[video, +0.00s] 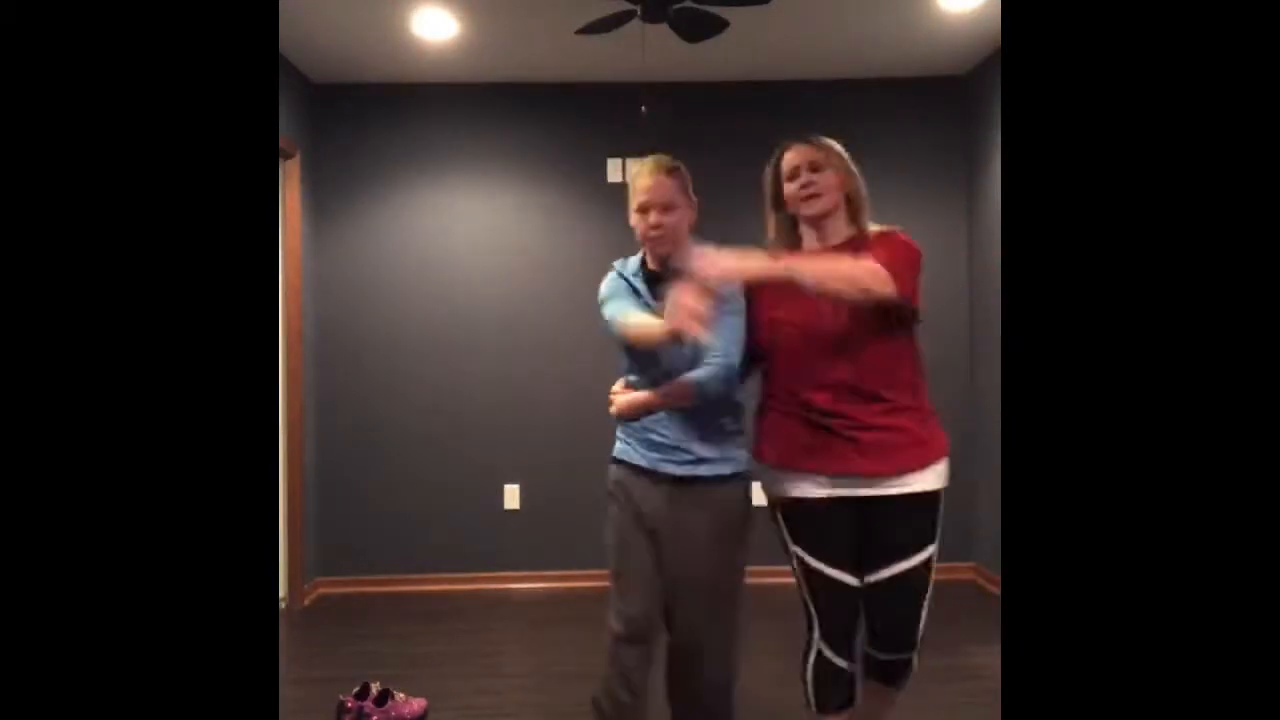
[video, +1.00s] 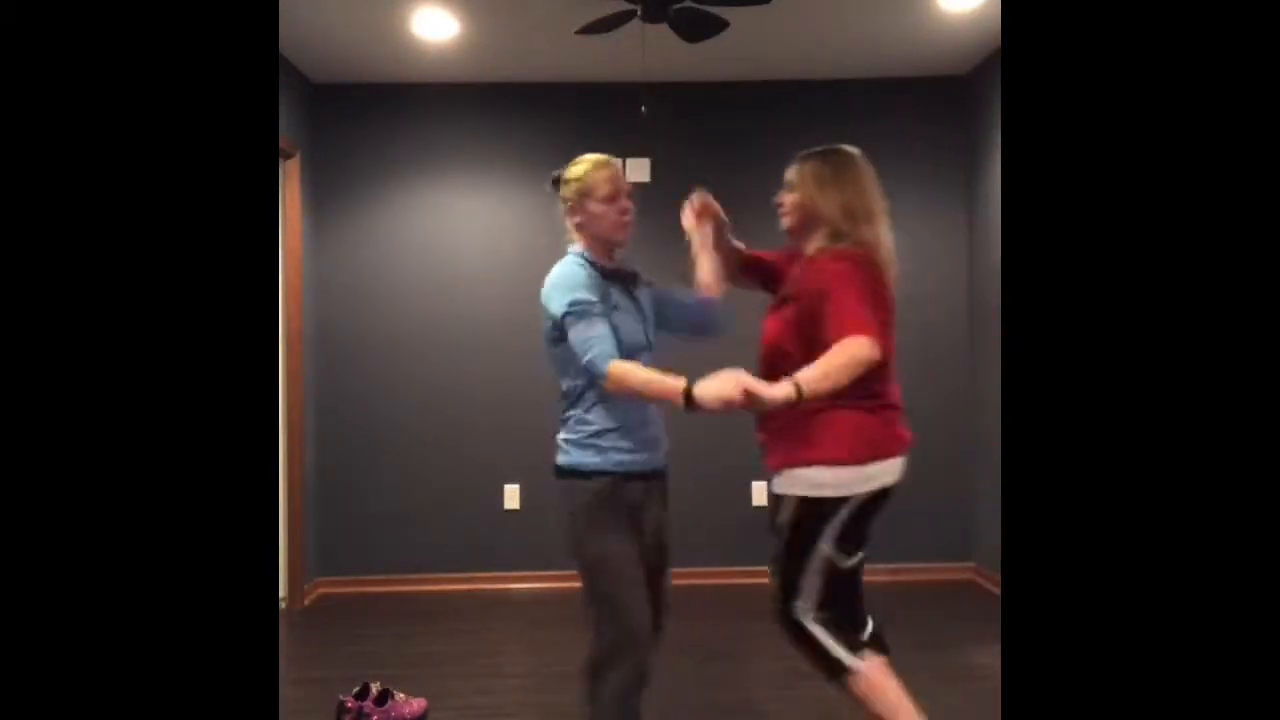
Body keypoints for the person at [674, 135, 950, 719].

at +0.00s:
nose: (804, 181)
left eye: (816, 169)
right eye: (792, 177)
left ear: (847, 178)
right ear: (782, 197)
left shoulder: (891, 247)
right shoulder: (765, 271)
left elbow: (874, 281)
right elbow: (742, 358)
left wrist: (761, 267)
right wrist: (691, 314)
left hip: (901, 472)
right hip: (806, 477)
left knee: (894, 637)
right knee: (834, 634)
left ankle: (872, 714)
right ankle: (834, 717)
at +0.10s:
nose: (800, 181)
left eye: (815, 168)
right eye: (794, 175)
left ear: (856, 176)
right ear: (792, 190)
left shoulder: (898, 240)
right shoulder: (784, 280)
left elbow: (815, 235)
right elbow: (742, 366)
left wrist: (709, 202)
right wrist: (663, 393)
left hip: (915, 476)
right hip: (816, 479)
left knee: (901, 637)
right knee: (837, 639)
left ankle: (926, 711)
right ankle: (837, 715)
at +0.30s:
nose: (827, 192)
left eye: (838, 178)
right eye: (826, 180)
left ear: (881, 180)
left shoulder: (919, 239)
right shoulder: (830, 283)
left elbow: (782, 195)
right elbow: (759, 339)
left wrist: (711, 145)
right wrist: (684, 370)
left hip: (950, 474)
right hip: (862, 478)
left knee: (945, 638)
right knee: (850, 631)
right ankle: (878, 716)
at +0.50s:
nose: (857, 194)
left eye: (868, 182)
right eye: (860, 182)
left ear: (906, 187)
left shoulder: (936, 245)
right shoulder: (884, 283)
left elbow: (785, 214)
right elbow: (799, 343)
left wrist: (770, 171)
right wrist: (708, 357)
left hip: (959, 481)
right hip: (903, 484)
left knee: (939, 647)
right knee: (851, 615)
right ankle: (886, 717)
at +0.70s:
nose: (852, 195)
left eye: (863, 184)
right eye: (856, 183)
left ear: (899, 191)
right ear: (914, 193)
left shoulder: (929, 251)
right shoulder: (877, 273)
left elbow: (851, 260)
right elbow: (815, 330)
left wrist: (789, 259)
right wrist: (728, 323)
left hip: (941, 471)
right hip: (888, 475)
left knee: (921, 648)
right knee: (849, 608)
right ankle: (893, 709)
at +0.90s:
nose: (807, 196)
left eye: (819, 184)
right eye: (811, 185)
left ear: (853, 194)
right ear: (846, 195)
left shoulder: (873, 258)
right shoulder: (826, 259)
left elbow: (888, 326)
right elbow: (780, 281)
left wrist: (783, 350)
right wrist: (735, 257)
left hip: (870, 464)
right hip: (837, 464)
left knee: (857, 622)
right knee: (834, 606)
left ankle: (932, 704)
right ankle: (893, 710)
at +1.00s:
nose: (780, 199)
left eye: (792, 188)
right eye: (783, 189)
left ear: (826, 197)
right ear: (822, 200)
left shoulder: (840, 266)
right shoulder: (802, 263)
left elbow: (862, 346)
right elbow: (738, 266)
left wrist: (788, 388)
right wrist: (712, 231)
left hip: (845, 462)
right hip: (822, 459)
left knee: (804, 609)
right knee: (838, 607)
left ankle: (902, 710)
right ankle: (899, 708)